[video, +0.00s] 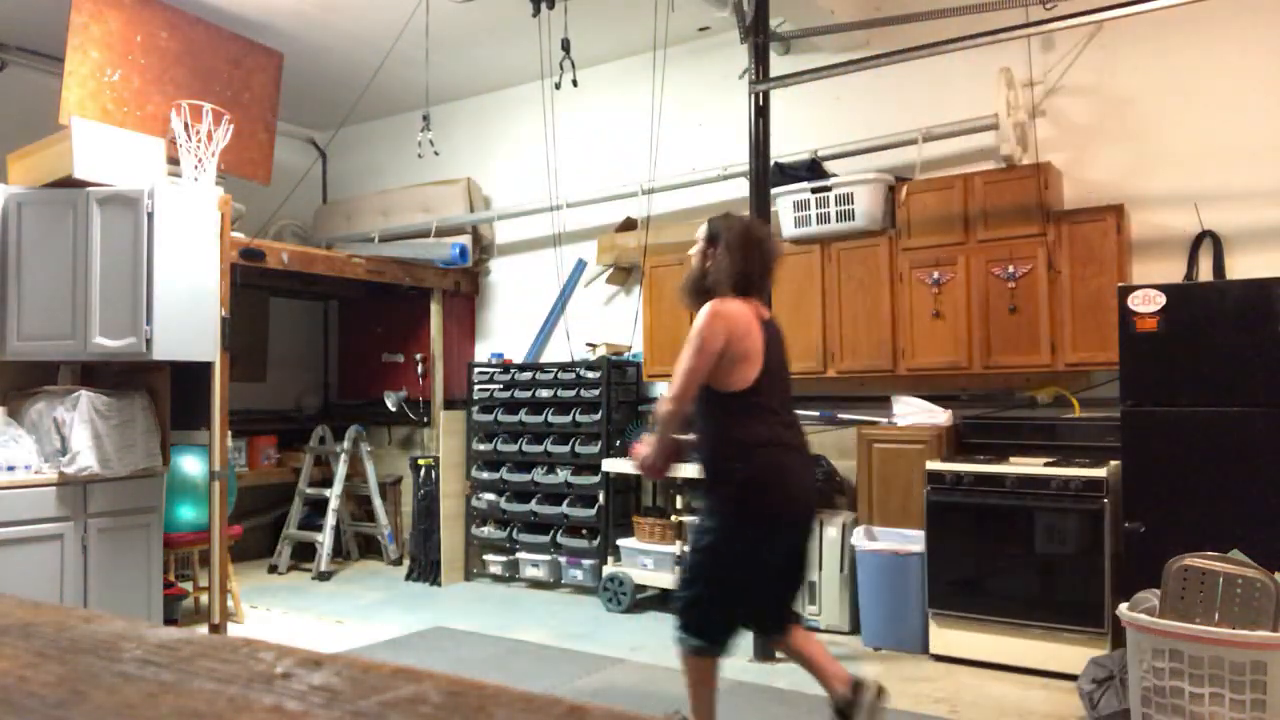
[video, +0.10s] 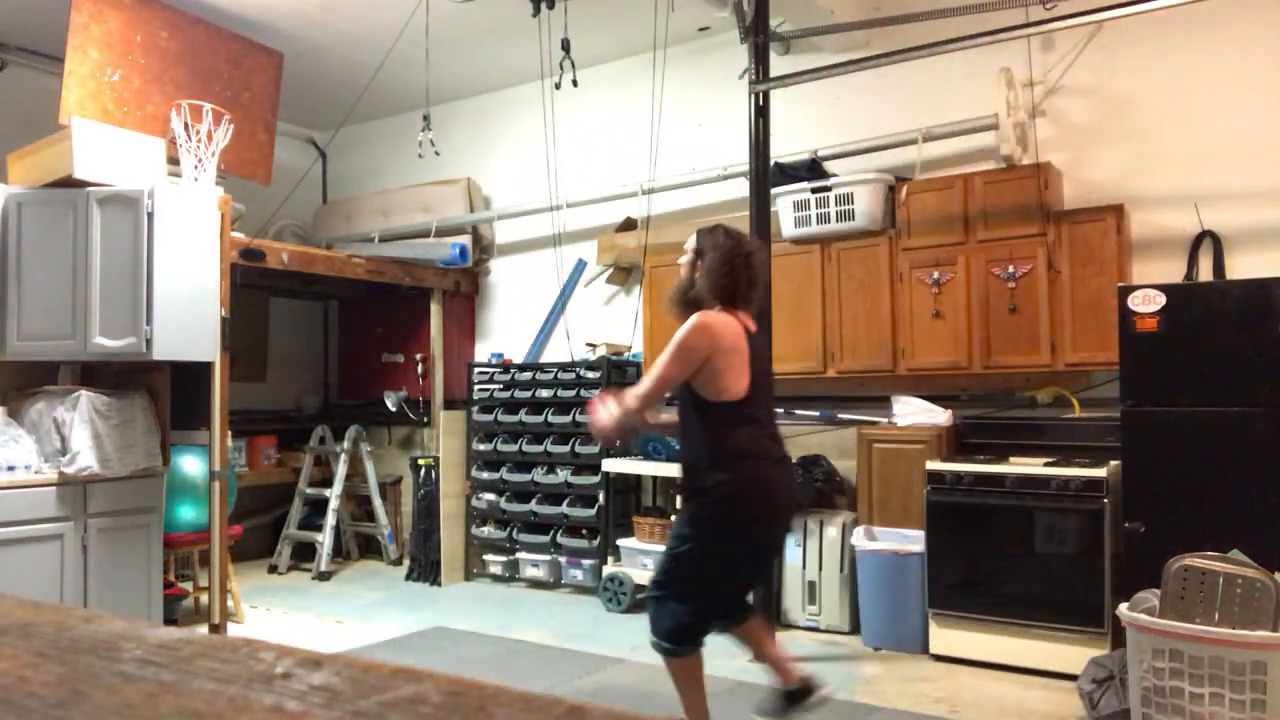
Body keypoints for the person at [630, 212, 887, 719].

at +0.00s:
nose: (692, 255)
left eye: (699, 247)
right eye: (695, 246)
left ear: (719, 255)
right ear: (750, 259)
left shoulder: (718, 314)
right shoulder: (762, 318)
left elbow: (675, 403)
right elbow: (741, 417)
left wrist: (658, 454)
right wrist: (677, 444)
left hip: (743, 489)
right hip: (789, 484)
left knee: (699, 615)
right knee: (769, 610)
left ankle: (702, 715)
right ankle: (846, 690)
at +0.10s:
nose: (680, 264)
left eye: (688, 256)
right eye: (683, 255)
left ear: (707, 266)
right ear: (732, 270)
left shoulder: (705, 325)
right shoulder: (747, 327)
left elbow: (640, 398)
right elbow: (714, 416)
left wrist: (612, 408)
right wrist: (641, 420)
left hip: (727, 494)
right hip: (768, 488)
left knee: (671, 608)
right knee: (722, 599)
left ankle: (697, 714)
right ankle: (793, 680)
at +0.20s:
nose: (675, 272)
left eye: (684, 266)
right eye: (679, 264)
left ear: (704, 278)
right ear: (731, 282)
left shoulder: (697, 335)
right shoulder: (735, 338)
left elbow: (617, 378)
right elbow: (670, 390)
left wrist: (588, 348)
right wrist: (620, 354)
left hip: (707, 506)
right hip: (743, 504)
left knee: (650, 605)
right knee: (698, 602)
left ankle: (693, 712)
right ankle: (743, 684)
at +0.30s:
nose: (672, 276)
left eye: (681, 270)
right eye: (677, 268)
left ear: (695, 287)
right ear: (721, 293)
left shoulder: (696, 343)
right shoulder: (712, 346)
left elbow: (608, 334)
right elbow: (631, 338)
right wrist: (631, 280)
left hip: (695, 508)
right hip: (716, 503)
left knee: (632, 607)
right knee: (685, 608)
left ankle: (691, 714)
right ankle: (744, 684)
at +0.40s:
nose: (668, 259)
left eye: (676, 251)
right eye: (669, 251)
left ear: (691, 264)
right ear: (715, 270)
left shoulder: (690, 321)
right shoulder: (691, 320)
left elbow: (612, 276)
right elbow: (626, 283)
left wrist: (635, 216)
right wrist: (648, 228)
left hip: (685, 488)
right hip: (699, 484)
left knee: (631, 600)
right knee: (687, 596)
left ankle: (689, 712)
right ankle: (742, 679)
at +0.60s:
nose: (661, 192)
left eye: (668, 185)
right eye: (666, 187)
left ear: (678, 200)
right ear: (704, 210)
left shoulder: (678, 253)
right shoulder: (687, 257)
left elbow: (607, 209)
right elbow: (623, 222)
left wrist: (627, 151)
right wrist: (638, 162)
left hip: (663, 430)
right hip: (677, 425)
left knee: (636, 553)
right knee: (663, 540)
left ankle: (656, 677)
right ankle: (679, 637)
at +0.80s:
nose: (643, 229)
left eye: (653, 226)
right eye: (650, 222)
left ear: (670, 246)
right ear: (682, 251)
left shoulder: (668, 293)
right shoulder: (670, 289)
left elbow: (610, 251)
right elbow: (621, 241)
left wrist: (607, 176)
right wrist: (612, 173)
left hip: (654, 465)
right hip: (649, 456)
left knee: (629, 581)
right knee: (615, 564)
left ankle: (645, 702)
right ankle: (587, 658)